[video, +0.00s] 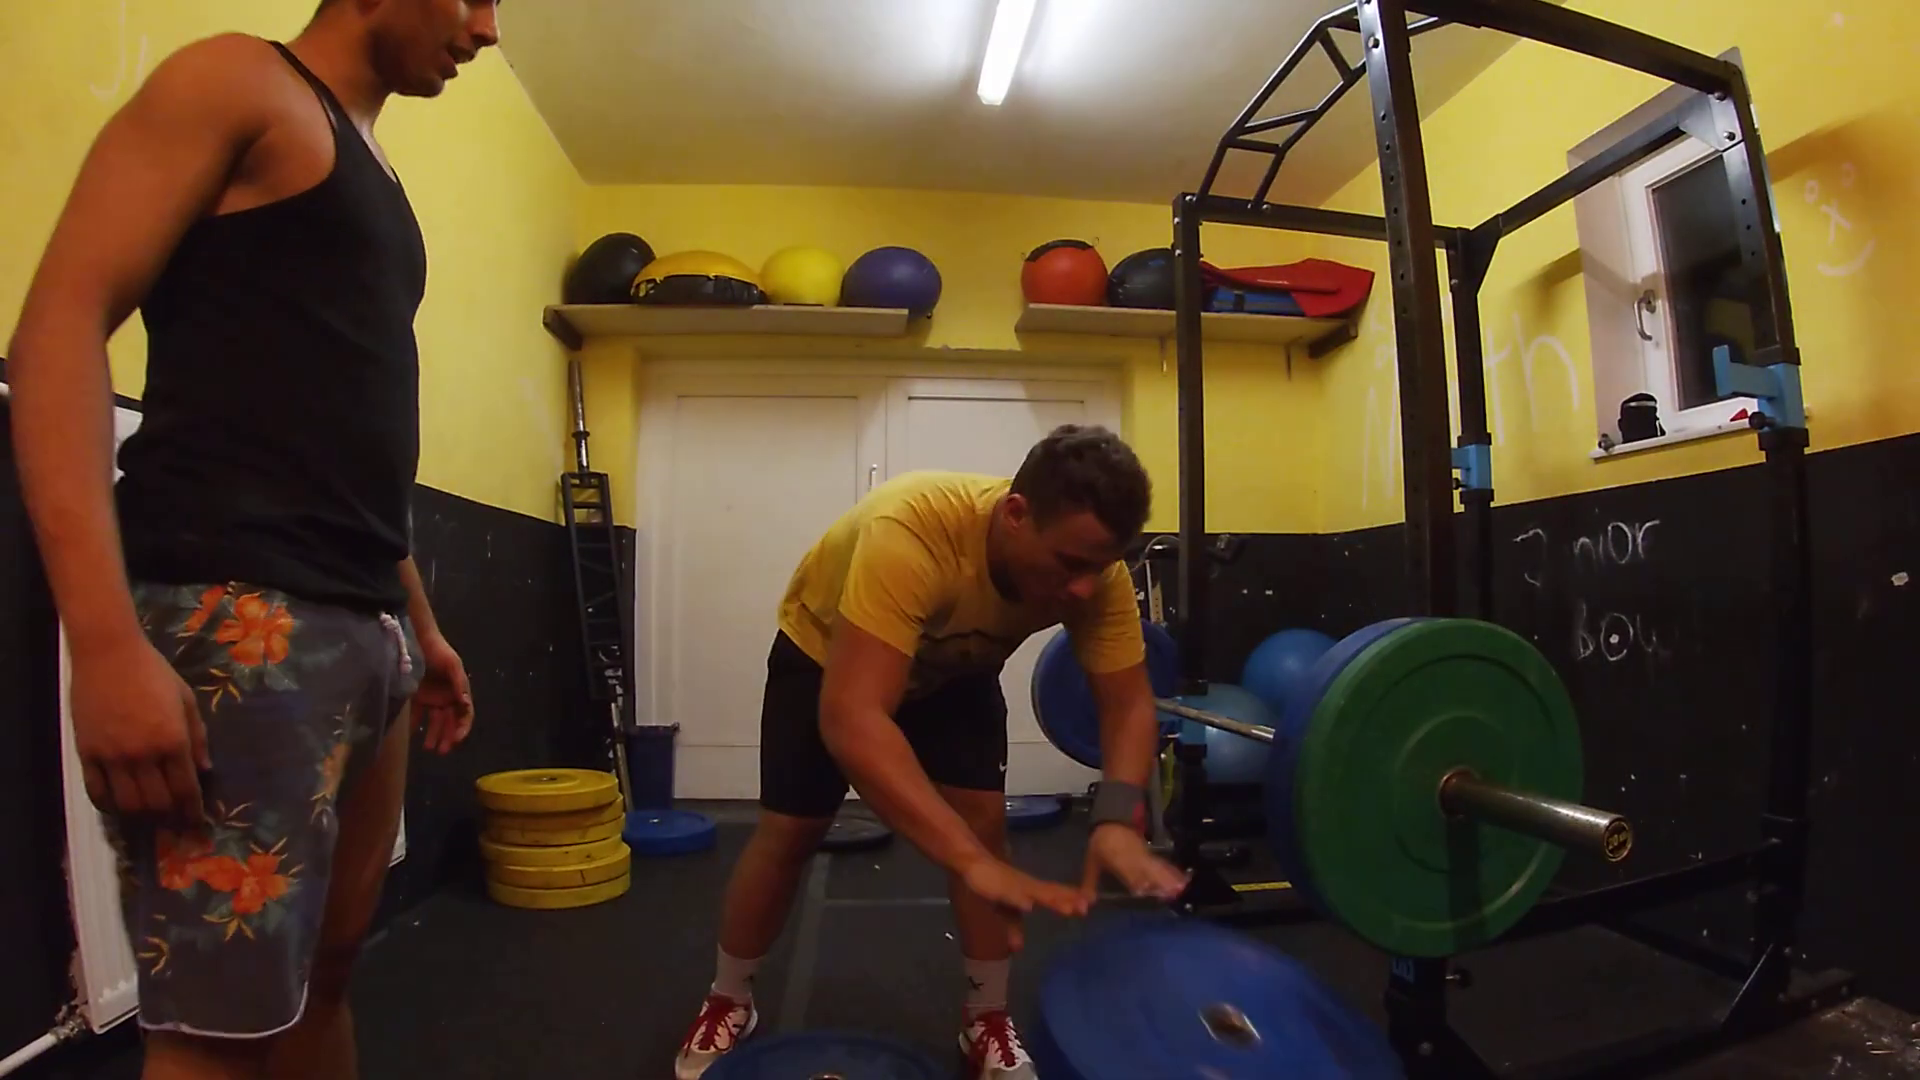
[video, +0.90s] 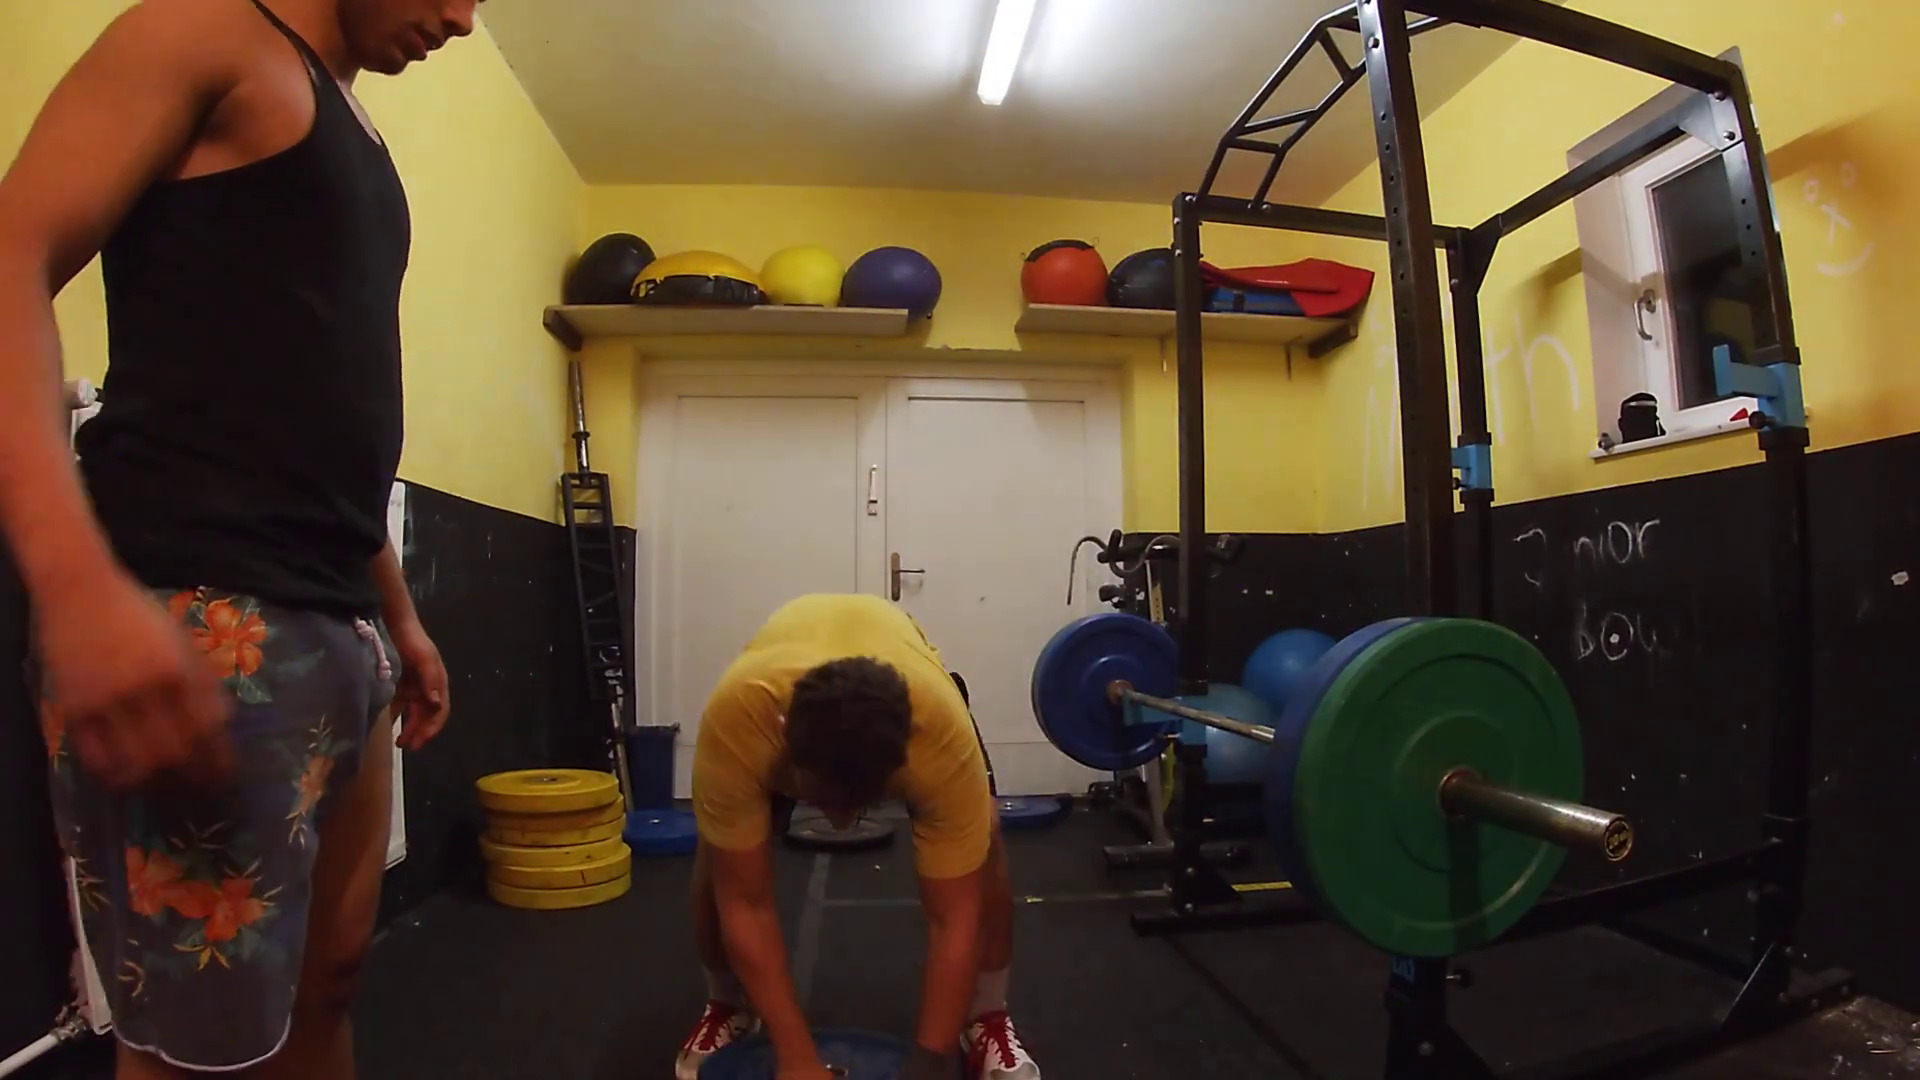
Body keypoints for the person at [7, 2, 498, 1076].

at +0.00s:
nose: (486, 30)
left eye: (490, 12)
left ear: (384, 2)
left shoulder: (363, 165)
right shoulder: (232, 80)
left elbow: (344, 423)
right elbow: (55, 333)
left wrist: (414, 616)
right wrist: (104, 643)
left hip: (361, 634)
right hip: (236, 631)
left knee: (319, 993)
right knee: (214, 1035)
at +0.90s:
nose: (463, 18)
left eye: (472, 4)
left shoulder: (353, 129)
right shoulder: (200, 33)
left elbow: (330, 397)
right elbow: (11, 262)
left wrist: (394, 610)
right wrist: (79, 590)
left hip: (339, 633)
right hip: (196, 629)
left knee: (323, 997)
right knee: (184, 1045)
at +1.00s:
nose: (472, 29)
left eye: (485, 12)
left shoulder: (353, 133)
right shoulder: (203, 48)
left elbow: (330, 409)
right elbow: (17, 269)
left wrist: (406, 610)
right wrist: (175, 464)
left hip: (337, 622)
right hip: (188, 617)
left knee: (322, 995)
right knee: (192, 1035)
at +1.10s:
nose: (470, 43)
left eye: (488, 24)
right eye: (471, 8)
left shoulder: (363, 162)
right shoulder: (197, 61)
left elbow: (342, 422)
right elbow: (25, 271)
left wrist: (417, 614)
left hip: (347, 630)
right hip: (199, 622)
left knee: (318, 1000)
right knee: (201, 1039)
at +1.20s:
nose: (467, 52)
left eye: (485, 32)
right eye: (473, 18)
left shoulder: (355, 148)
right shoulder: (210, 62)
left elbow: (350, 415)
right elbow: (51, 231)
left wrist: (424, 614)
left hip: (355, 625)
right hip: (210, 615)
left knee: (321, 991)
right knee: (206, 1037)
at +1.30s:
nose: (459, 60)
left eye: (479, 38)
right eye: (463, 21)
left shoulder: (344, 143)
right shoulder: (226, 94)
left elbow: (356, 408)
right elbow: (136, 102)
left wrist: (430, 616)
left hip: (358, 620)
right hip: (214, 617)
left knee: (324, 989)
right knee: (207, 1032)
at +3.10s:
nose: (440, 71)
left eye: (463, 54)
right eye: (444, 30)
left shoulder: (353, 158)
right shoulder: (208, 76)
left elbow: (344, 401)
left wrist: (414, 600)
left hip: (357, 618)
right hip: (229, 616)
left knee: (323, 999)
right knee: (217, 1032)